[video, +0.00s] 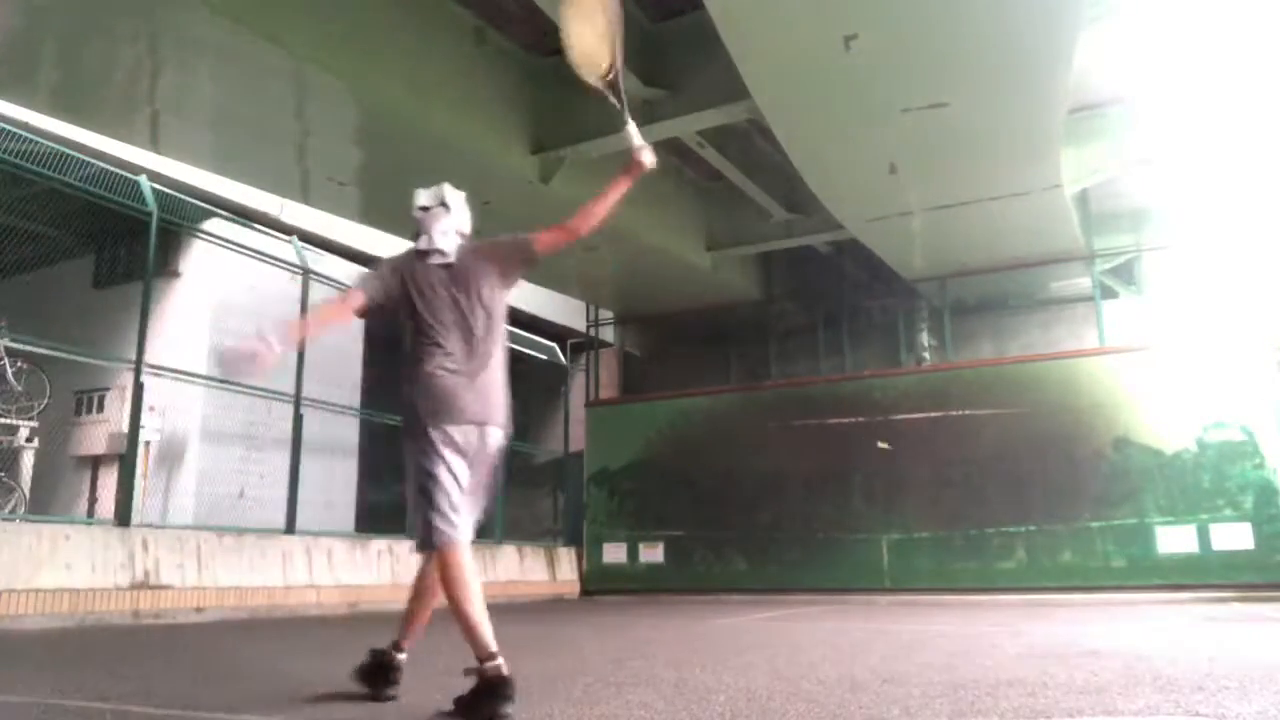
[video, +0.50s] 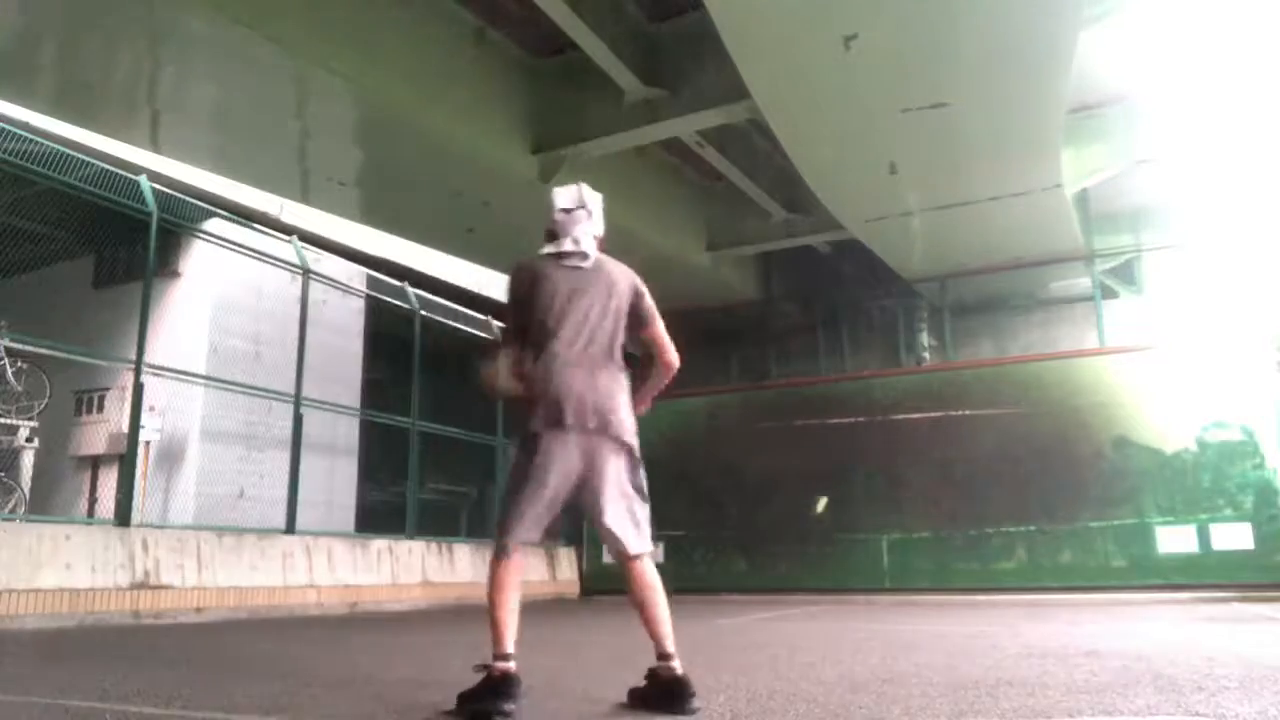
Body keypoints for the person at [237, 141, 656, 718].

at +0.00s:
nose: (424, 222)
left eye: (425, 215)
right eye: (435, 213)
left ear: (421, 223)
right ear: (465, 223)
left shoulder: (400, 271)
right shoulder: (494, 257)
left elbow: (340, 308)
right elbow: (576, 228)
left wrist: (278, 341)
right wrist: (630, 173)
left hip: (439, 416)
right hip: (492, 418)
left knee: (450, 540)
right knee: (444, 543)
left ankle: (493, 669)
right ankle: (394, 658)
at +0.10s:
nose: (462, 223)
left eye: (450, 214)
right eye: (479, 214)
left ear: (441, 220)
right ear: (488, 219)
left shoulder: (425, 270)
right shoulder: (515, 257)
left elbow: (381, 331)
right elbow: (603, 249)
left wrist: (345, 387)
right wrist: (662, 198)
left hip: (462, 413)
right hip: (520, 414)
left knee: (466, 542)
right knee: (480, 542)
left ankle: (492, 668)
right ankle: (435, 647)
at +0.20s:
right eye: (508, 202)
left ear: (467, 211)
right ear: (513, 208)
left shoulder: (447, 261)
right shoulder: (536, 249)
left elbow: (420, 339)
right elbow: (620, 272)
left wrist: (420, 415)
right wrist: (688, 244)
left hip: (477, 403)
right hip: (540, 402)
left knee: (478, 534)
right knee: (525, 527)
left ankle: (492, 668)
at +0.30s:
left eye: (511, 197)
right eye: (539, 199)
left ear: (496, 206)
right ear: (541, 204)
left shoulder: (473, 258)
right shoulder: (563, 251)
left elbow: (454, 347)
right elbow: (632, 303)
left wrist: (478, 387)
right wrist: (688, 302)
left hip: (494, 407)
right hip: (557, 404)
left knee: (487, 538)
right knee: (569, 524)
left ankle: (494, 673)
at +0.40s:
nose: (539, 219)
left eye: (533, 210)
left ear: (525, 218)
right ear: (573, 218)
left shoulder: (501, 270)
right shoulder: (597, 268)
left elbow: (487, 345)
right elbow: (651, 329)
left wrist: (509, 382)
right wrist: (669, 356)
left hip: (521, 425)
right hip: (586, 424)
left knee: (494, 549)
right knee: (615, 542)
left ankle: (494, 674)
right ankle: (671, 666)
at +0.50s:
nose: (570, 227)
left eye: (563, 218)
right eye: (582, 218)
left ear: (551, 225)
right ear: (598, 225)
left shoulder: (529, 274)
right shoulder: (625, 278)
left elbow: (509, 364)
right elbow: (668, 359)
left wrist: (542, 391)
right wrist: (630, 408)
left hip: (554, 427)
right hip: (614, 431)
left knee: (510, 549)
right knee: (636, 552)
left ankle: (503, 672)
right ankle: (671, 671)